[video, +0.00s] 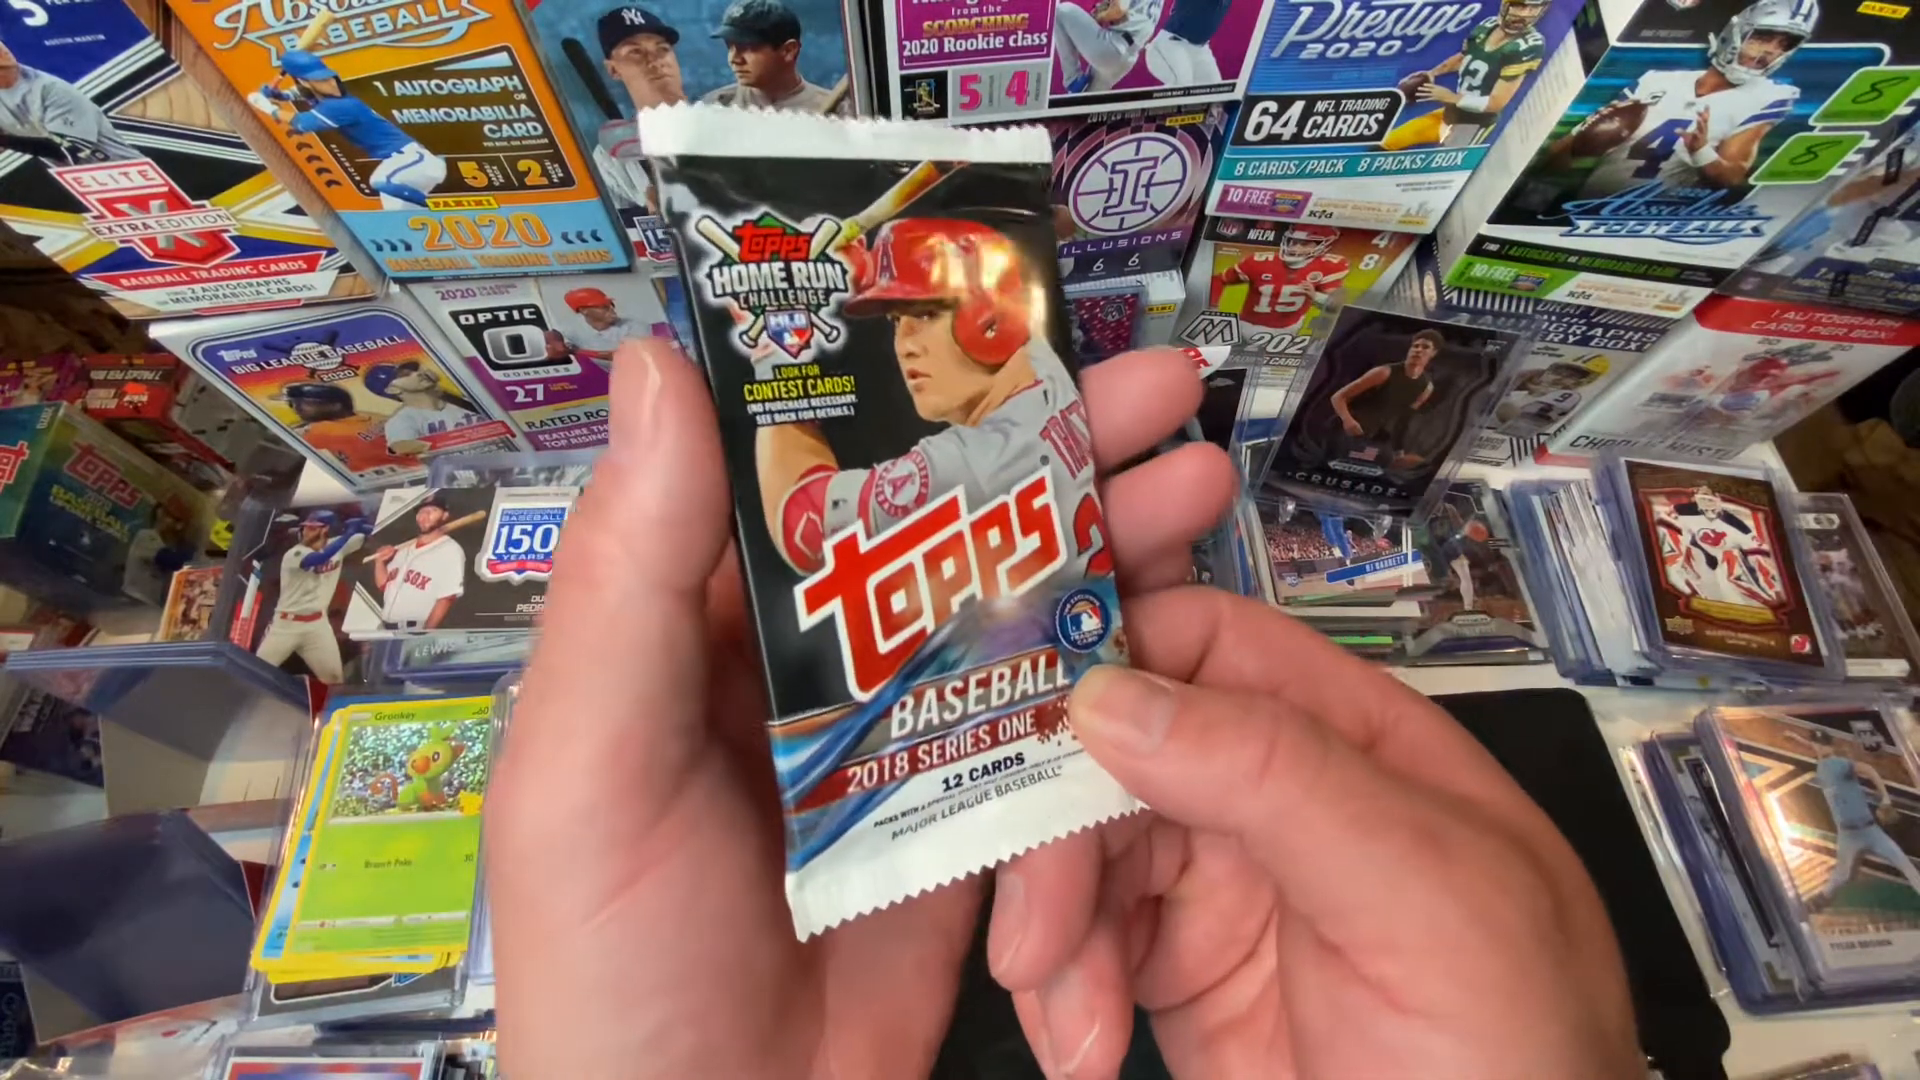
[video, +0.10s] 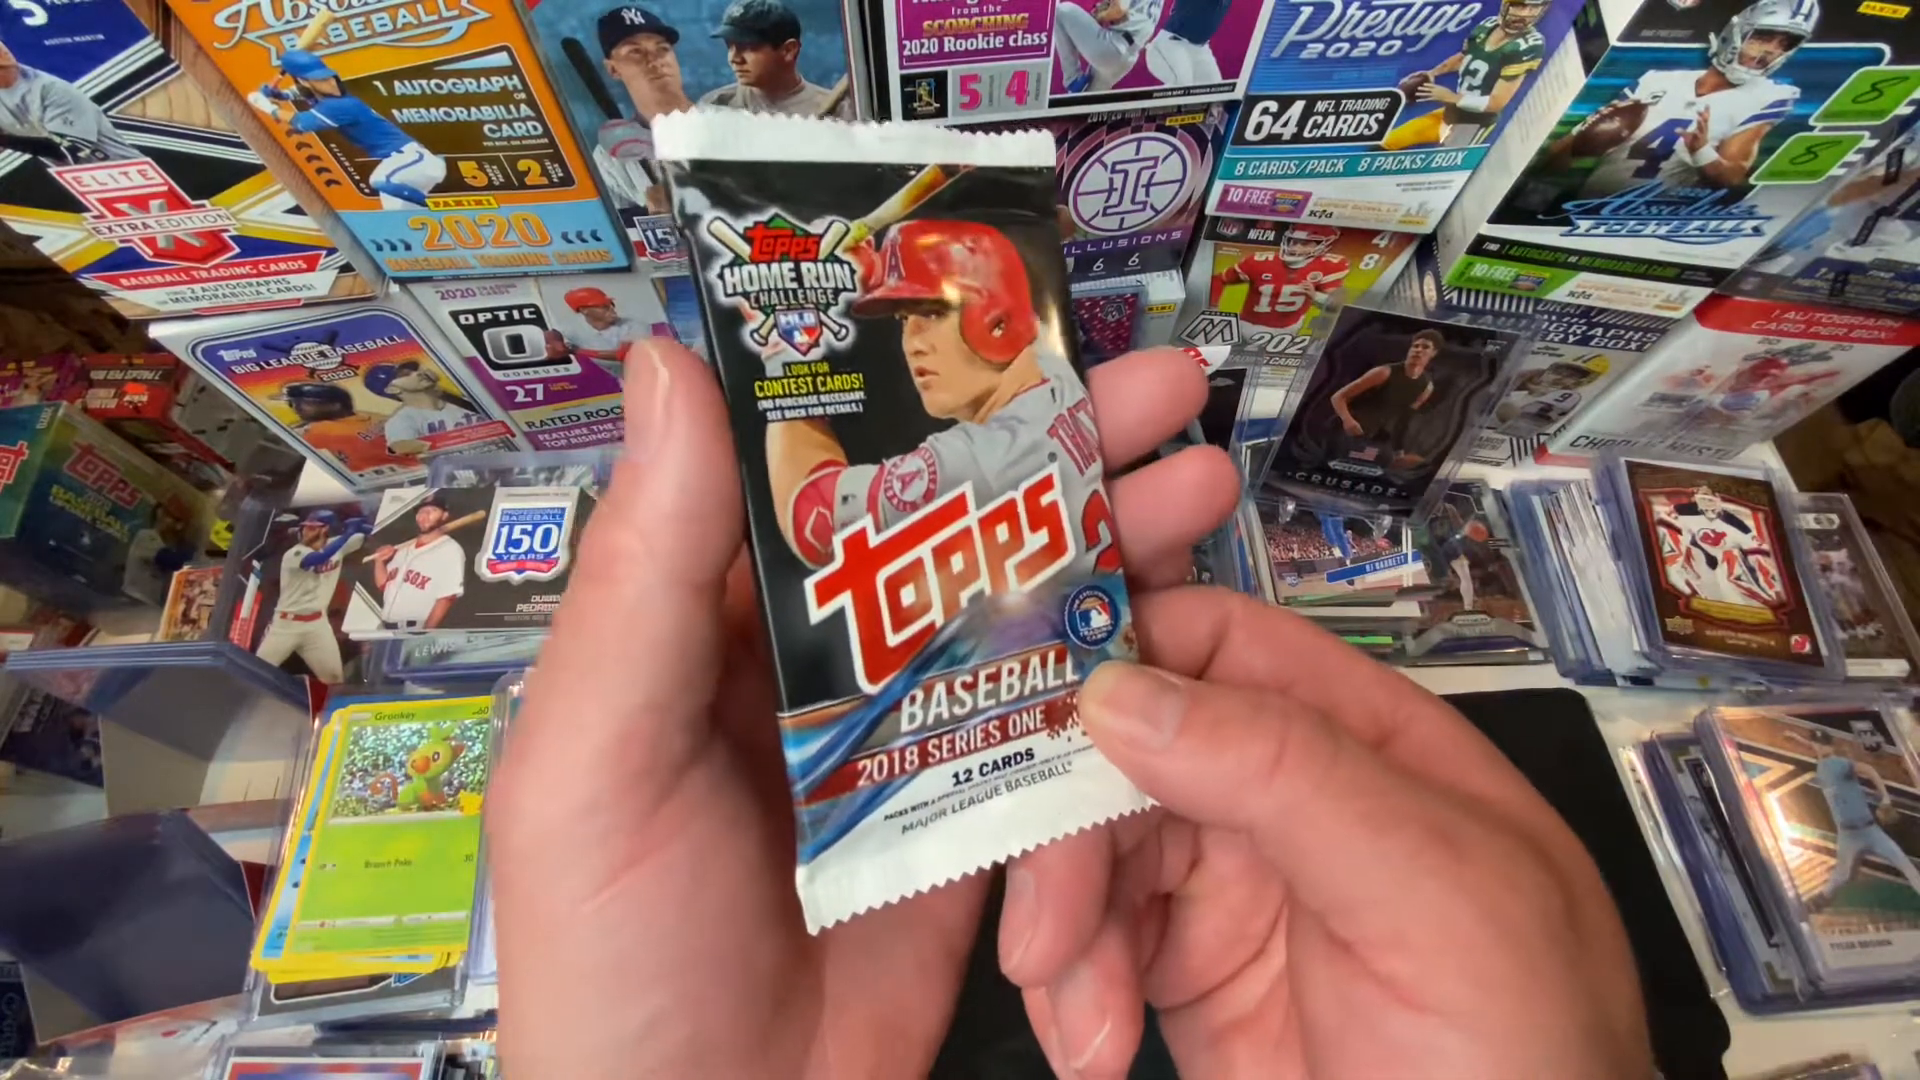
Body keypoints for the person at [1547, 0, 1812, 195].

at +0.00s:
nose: (1770, 52)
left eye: (1783, 46)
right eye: (1764, 38)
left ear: (1788, 57)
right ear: (1737, 34)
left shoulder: (1763, 100)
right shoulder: (1658, 82)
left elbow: (1736, 176)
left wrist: (1701, 154)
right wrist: (1579, 141)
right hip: (1592, 206)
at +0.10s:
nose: (1771, 52)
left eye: (1784, 46)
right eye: (1764, 37)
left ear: (1789, 56)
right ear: (1738, 33)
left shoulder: (1762, 100)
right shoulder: (1658, 82)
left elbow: (1736, 177)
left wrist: (1702, 153)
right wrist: (1580, 139)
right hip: (1592, 206)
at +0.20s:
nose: (1770, 52)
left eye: (1784, 45)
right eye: (1764, 37)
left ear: (1789, 56)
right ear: (1738, 33)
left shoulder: (1763, 100)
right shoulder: (1658, 82)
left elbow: (1736, 176)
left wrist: (1702, 153)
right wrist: (1581, 141)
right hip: (1593, 205)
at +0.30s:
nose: (1770, 52)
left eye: (1784, 46)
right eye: (1764, 37)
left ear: (1789, 56)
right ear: (1738, 33)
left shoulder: (1762, 100)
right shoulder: (1658, 82)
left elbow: (1736, 177)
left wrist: (1702, 153)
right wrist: (1581, 140)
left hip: (1661, 222)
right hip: (1593, 205)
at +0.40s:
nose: (1770, 51)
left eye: (1782, 45)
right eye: (1763, 37)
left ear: (1788, 57)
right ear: (1737, 34)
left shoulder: (1764, 100)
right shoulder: (1658, 81)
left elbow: (1736, 177)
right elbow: (1555, 157)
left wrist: (1701, 153)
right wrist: (1582, 140)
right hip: (1592, 205)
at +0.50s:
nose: (1770, 51)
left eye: (1783, 45)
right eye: (1764, 37)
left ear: (1788, 56)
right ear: (1737, 34)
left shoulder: (1764, 100)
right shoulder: (1658, 82)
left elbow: (1736, 177)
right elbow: (1557, 156)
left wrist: (1702, 153)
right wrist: (1581, 139)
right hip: (1593, 204)